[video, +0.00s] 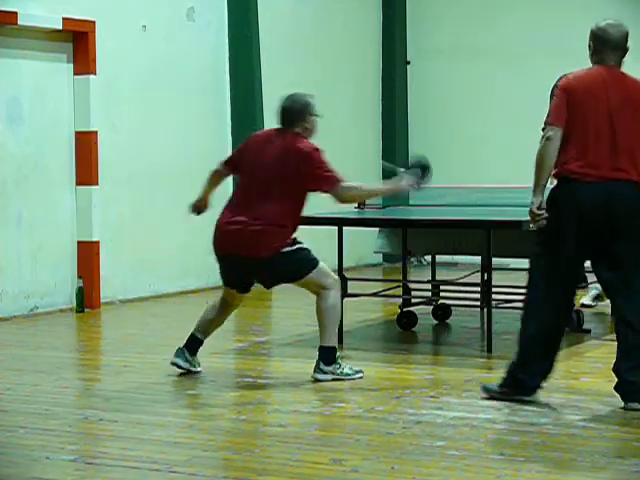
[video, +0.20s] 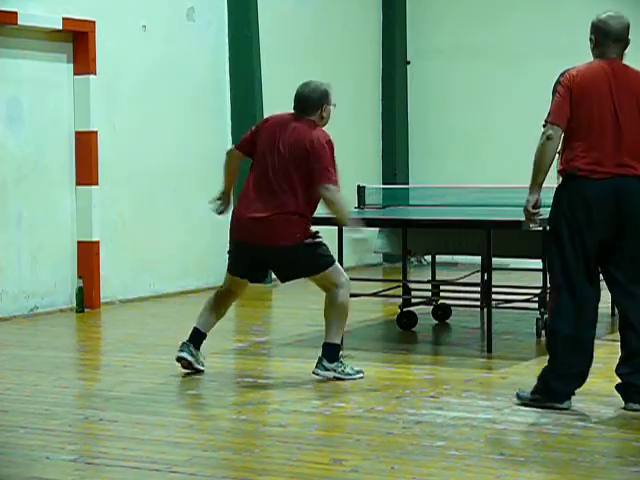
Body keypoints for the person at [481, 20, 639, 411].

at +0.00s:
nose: (592, 50)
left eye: (590, 45)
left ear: (591, 47)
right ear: (625, 53)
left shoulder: (569, 84)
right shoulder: (636, 89)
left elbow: (552, 138)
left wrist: (538, 195)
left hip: (573, 201)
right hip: (626, 205)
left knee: (549, 290)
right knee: (630, 297)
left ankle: (522, 382)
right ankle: (633, 386)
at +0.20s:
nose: (591, 44)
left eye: (591, 38)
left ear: (592, 40)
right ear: (627, 45)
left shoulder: (574, 79)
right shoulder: (637, 81)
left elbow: (552, 136)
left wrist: (534, 191)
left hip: (581, 199)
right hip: (631, 201)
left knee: (573, 292)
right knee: (633, 295)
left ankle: (557, 388)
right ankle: (635, 387)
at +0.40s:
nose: (574, 43)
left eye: (578, 38)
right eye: (577, 38)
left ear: (593, 40)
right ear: (612, 43)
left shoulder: (569, 77)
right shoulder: (636, 81)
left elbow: (549, 135)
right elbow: (635, 141)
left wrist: (535, 191)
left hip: (574, 197)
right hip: (627, 199)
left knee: (562, 291)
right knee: (630, 294)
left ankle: (556, 387)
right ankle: (634, 387)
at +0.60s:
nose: (545, 43)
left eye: (550, 37)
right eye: (547, 37)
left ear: (571, 41)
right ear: (583, 43)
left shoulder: (554, 80)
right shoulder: (616, 82)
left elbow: (541, 143)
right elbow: (635, 142)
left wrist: (525, 199)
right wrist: (606, 167)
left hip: (565, 199)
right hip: (613, 199)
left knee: (550, 290)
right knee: (618, 293)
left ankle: (556, 385)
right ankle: (633, 385)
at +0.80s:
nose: (523, 42)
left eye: (529, 37)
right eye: (525, 36)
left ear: (551, 40)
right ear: (557, 41)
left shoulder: (539, 80)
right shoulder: (592, 78)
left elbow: (530, 144)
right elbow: (610, 138)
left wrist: (506, 202)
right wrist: (567, 157)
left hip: (557, 196)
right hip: (597, 195)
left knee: (545, 287)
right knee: (589, 282)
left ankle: (555, 384)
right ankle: (620, 367)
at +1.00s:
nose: (513, 43)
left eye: (519, 36)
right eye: (514, 37)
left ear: (543, 41)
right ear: (547, 43)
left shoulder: (540, 77)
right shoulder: (572, 77)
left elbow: (534, 140)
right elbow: (576, 141)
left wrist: (503, 198)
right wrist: (524, 173)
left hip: (559, 192)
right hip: (586, 191)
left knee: (547, 286)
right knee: (567, 285)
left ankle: (555, 384)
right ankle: (573, 377)